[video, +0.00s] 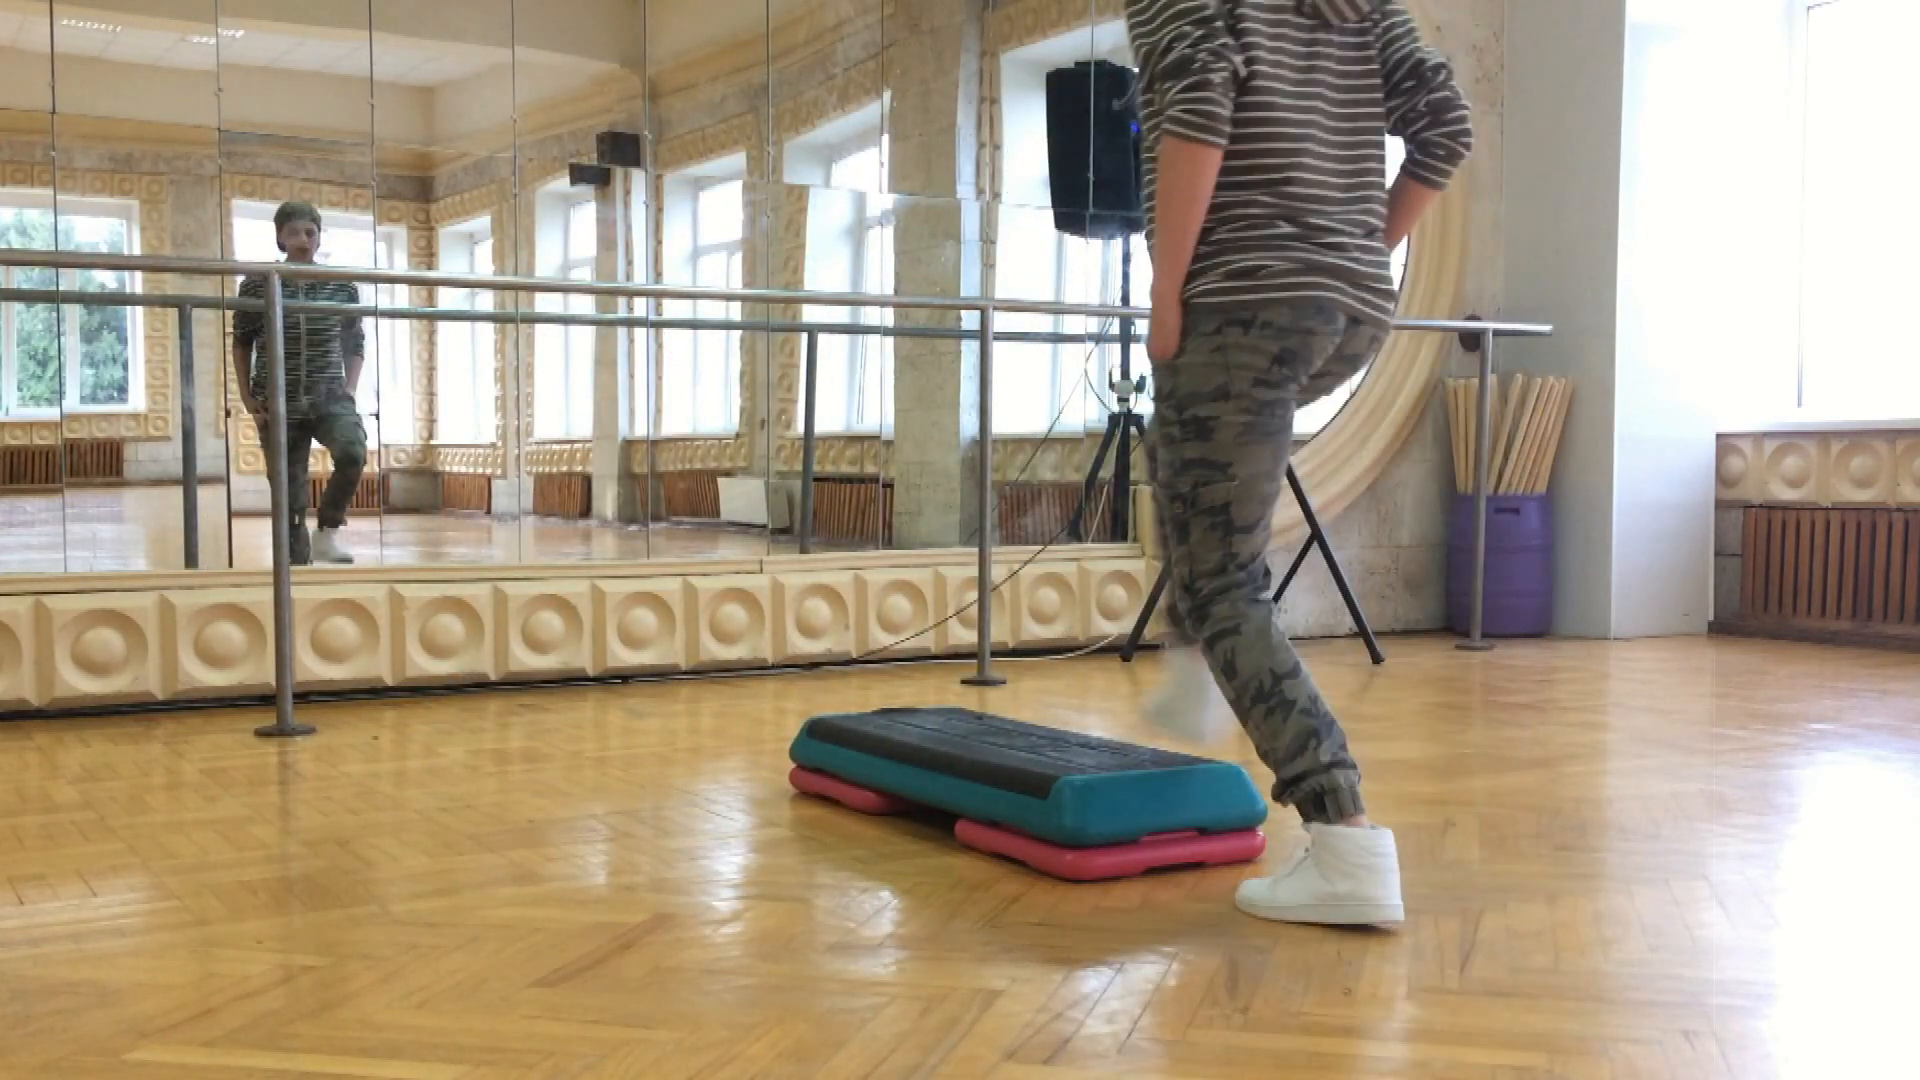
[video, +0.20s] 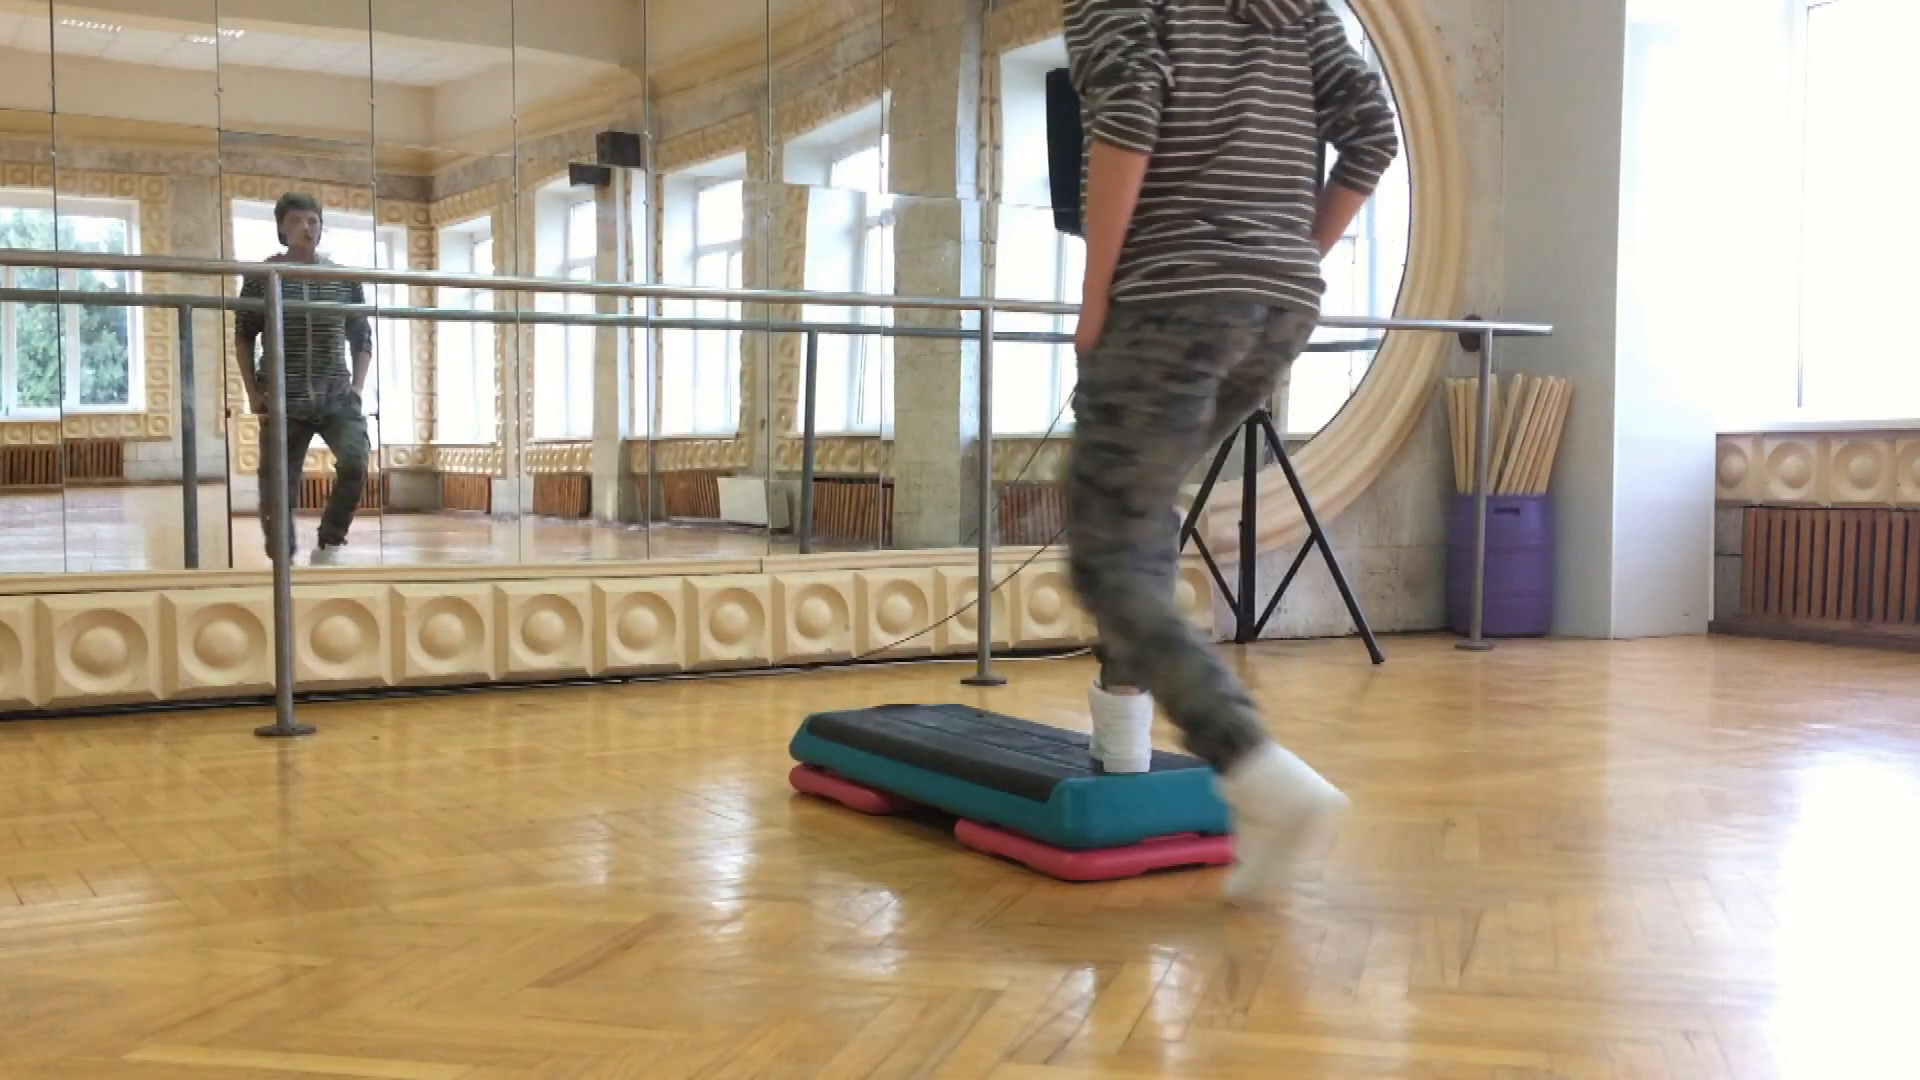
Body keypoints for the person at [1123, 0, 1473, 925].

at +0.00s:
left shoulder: (1180, 4)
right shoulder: (1360, 7)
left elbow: (1201, 107)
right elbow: (1443, 124)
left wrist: (1166, 294)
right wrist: (1370, 251)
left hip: (1248, 293)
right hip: (1358, 306)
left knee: (1222, 582)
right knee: (1193, 439)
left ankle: (1347, 849)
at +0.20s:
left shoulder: (1114, 6)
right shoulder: (1297, 5)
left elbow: (1129, 110)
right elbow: (1373, 132)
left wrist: (1094, 294)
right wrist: (1297, 256)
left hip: (1177, 285)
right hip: (1286, 294)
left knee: (1109, 553)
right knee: (1143, 503)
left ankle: (1268, 782)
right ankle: (1122, 743)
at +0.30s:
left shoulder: (1085, 4)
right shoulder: (1268, 6)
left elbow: (1110, 90)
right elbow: (1343, 128)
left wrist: (1081, 277)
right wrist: (1274, 256)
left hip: (1159, 274)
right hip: (1268, 288)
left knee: (1024, 518)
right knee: (1133, 489)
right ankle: (1122, 752)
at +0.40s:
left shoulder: (1072, 1)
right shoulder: (1245, 7)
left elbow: (1095, 84)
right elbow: (1317, 131)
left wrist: (1067, 262)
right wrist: (1260, 258)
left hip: (1144, 268)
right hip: (1249, 282)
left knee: (998, 505)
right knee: (1128, 489)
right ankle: (1123, 737)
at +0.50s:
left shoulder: (1047, 6)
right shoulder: (1227, 10)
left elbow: (1071, 97)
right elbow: (1303, 142)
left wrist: (1042, 268)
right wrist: (1240, 268)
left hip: (1117, 272)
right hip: (1228, 289)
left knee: (977, 515)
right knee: (1126, 498)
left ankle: (857, 769)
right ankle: (1124, 743)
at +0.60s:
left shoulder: (1027, 5)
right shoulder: (1212, 12)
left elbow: (1047, 98)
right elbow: (1294, 156)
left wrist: (1017, 278)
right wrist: (1226, 275)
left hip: (1094, 282)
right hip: (1209, 299)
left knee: (964, 526)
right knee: (1116, 503)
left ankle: (873, 789)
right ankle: (1123, 739)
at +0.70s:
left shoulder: (1031, 7)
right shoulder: (1218, 11)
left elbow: (1039, 90)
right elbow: (1299, 144)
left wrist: (1007, 265)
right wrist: (1227, 261)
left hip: (1088, 262)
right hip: (1203, 280)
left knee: (965, 510)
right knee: (1113, 491)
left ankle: (850, 756)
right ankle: (1124, 741)